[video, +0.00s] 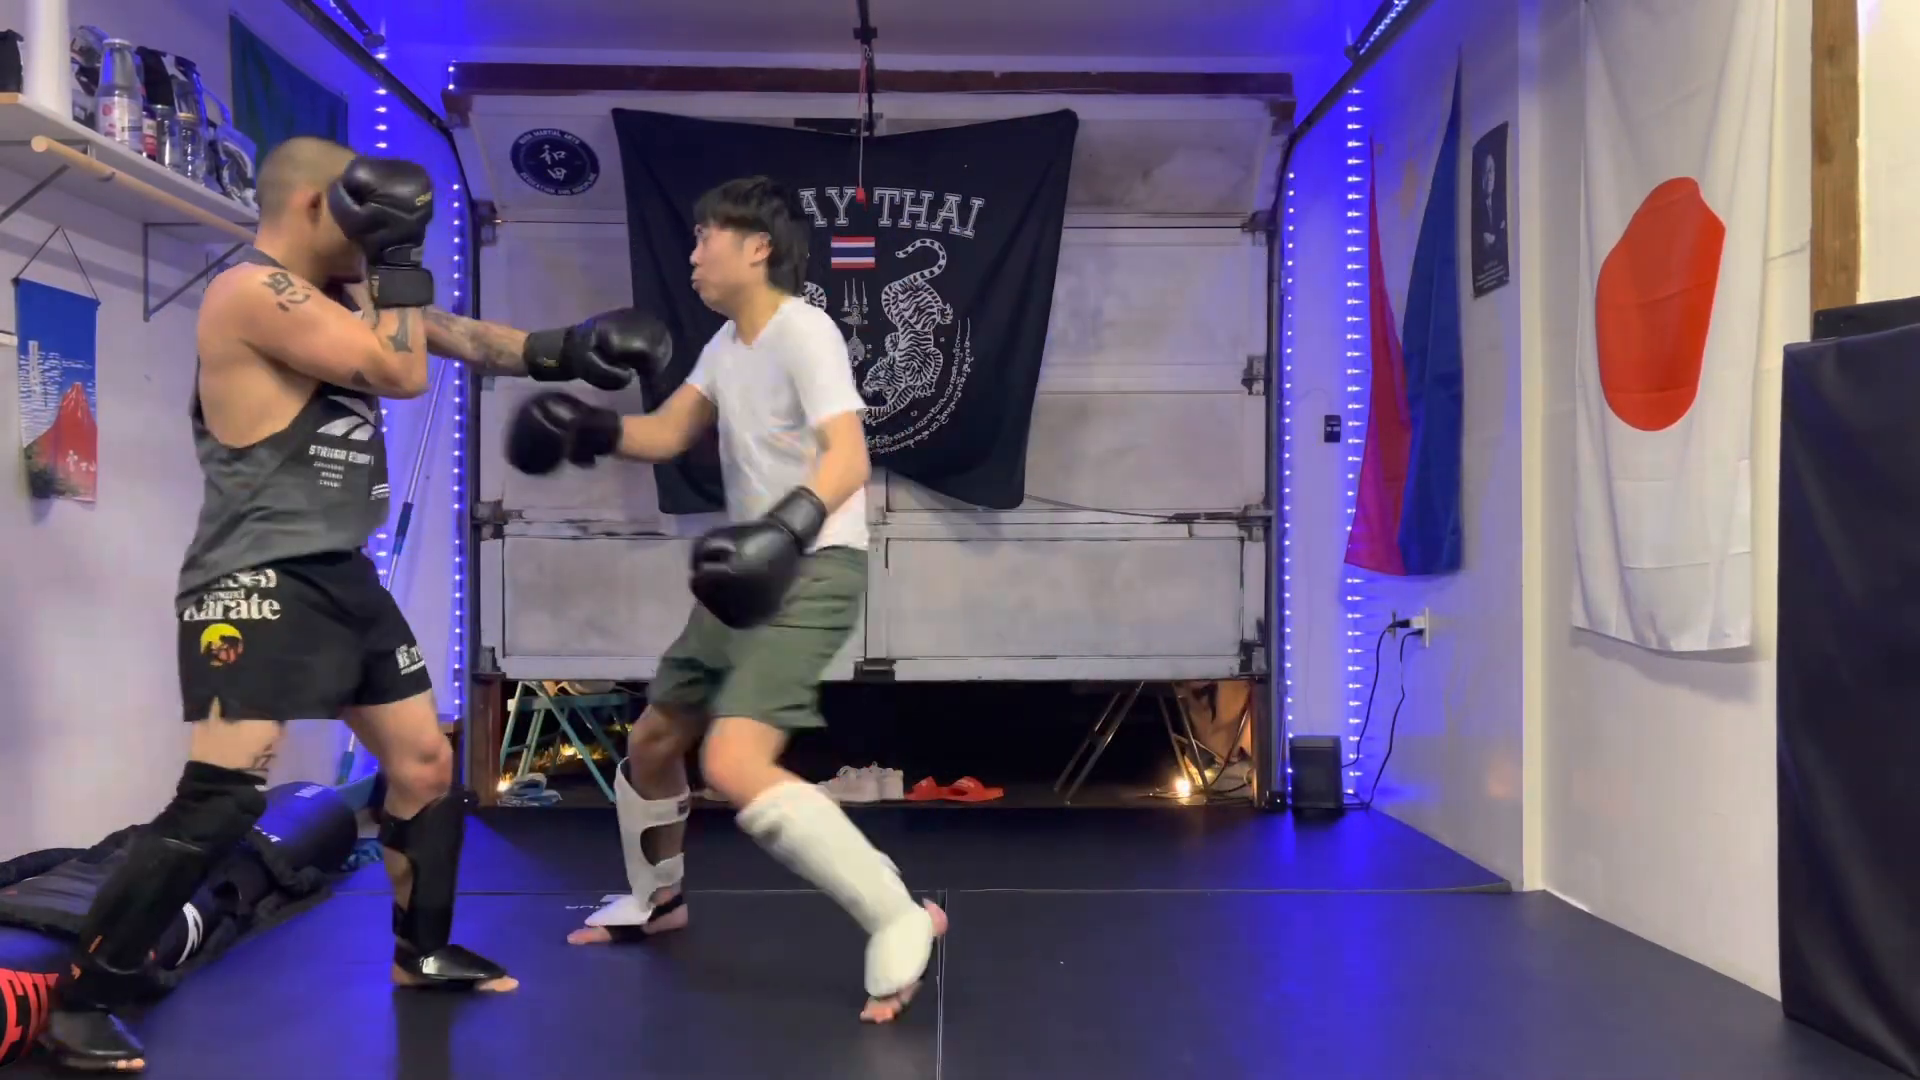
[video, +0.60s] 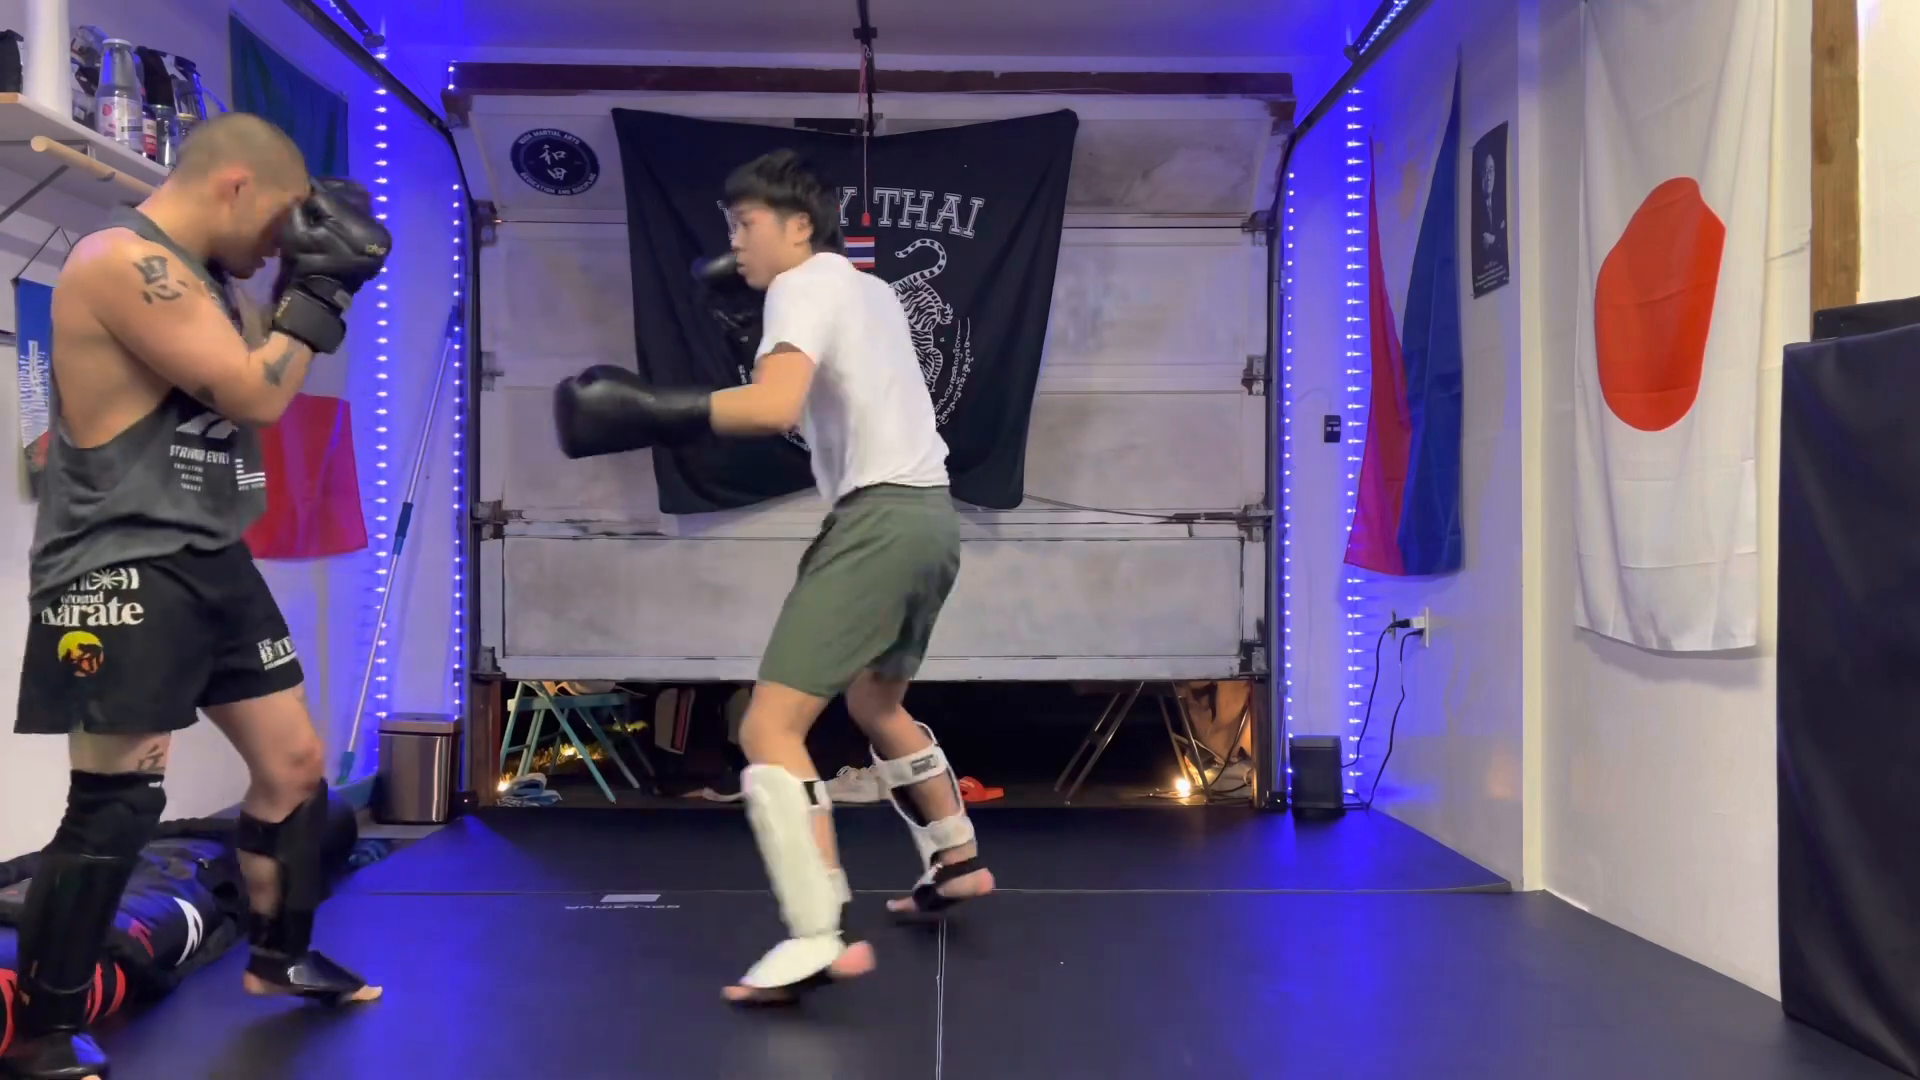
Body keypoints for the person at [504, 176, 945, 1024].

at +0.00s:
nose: (692, 255)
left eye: (705, 239)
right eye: (695, 240)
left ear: (756, 249)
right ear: (743, 253)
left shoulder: (804, 332)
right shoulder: (724, 344)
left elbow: (848, 455)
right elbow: (670, 431)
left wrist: (781, 534)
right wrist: (594, 431)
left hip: (818, 563)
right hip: (743, 565)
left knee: (737, 761)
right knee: (652, 745)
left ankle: (900, 920)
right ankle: (656, 897)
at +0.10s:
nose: (669, 237)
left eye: (681, 222)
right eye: (674, 222)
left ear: (725, 232)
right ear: (739, 237)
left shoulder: (726, 303)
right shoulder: (779, 312)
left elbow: (681, 409)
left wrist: (572, 452)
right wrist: (641, 391)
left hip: (770, 551)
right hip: (789, 551)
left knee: (642, 750)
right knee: (664, 736)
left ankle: (776, 903)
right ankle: (659, 891)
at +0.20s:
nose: (650, 255)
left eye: (660, 238)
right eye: (654, 238)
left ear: (704, 241)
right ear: (731, 247)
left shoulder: (675, 310)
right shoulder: (803, 325)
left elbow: (534, 370)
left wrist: (416, 409)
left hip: (766, 565)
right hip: (822, 564)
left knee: (627, 755)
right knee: (692, 694)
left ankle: (628, 953)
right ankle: (694, 863)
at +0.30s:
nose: (649, 271)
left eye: (663, 255)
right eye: (655, 255)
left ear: (709, 266)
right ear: (730, 273)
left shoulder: (678, 338)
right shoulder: (798, 348)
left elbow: (565, 426)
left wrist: (437, 455)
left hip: (761, 586)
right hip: (827, 588)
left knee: (617, 772)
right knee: (739, 716)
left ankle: (632, 970)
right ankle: (808, 863)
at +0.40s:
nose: (669, 276)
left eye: (682, 260)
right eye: (671, 260)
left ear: (735, 266)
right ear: (742, 273)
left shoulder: (720, 335)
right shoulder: (817, 342)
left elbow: (660, 443)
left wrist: (530, 467)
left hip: (778, 582)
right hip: (851, 583)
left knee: (636, 762)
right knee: (793, 729)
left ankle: (635, 972)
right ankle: (915, 875)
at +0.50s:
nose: (701, 251)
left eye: (713, 235)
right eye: (701, 236)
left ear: (764, 239)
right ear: (773, 245)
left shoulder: (766, 308)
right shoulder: (842, 306)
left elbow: (730, 418)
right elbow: (812, 414)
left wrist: (608, 432)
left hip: (832, 548)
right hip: (894, 544)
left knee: (722, 742)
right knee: (853, 719)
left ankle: (668, 954)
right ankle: (930, 884)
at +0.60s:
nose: (735, 243)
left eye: (745, 226)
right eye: (733, 227)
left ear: (796, 226)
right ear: (807, 232)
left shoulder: (807, 288)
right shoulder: (869, 290)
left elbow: (776, 403)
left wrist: (656, 407)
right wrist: (762, 284)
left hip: (878, 521)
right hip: (933, 523)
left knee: (771, 729)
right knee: (875, 700)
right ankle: (955, 860)